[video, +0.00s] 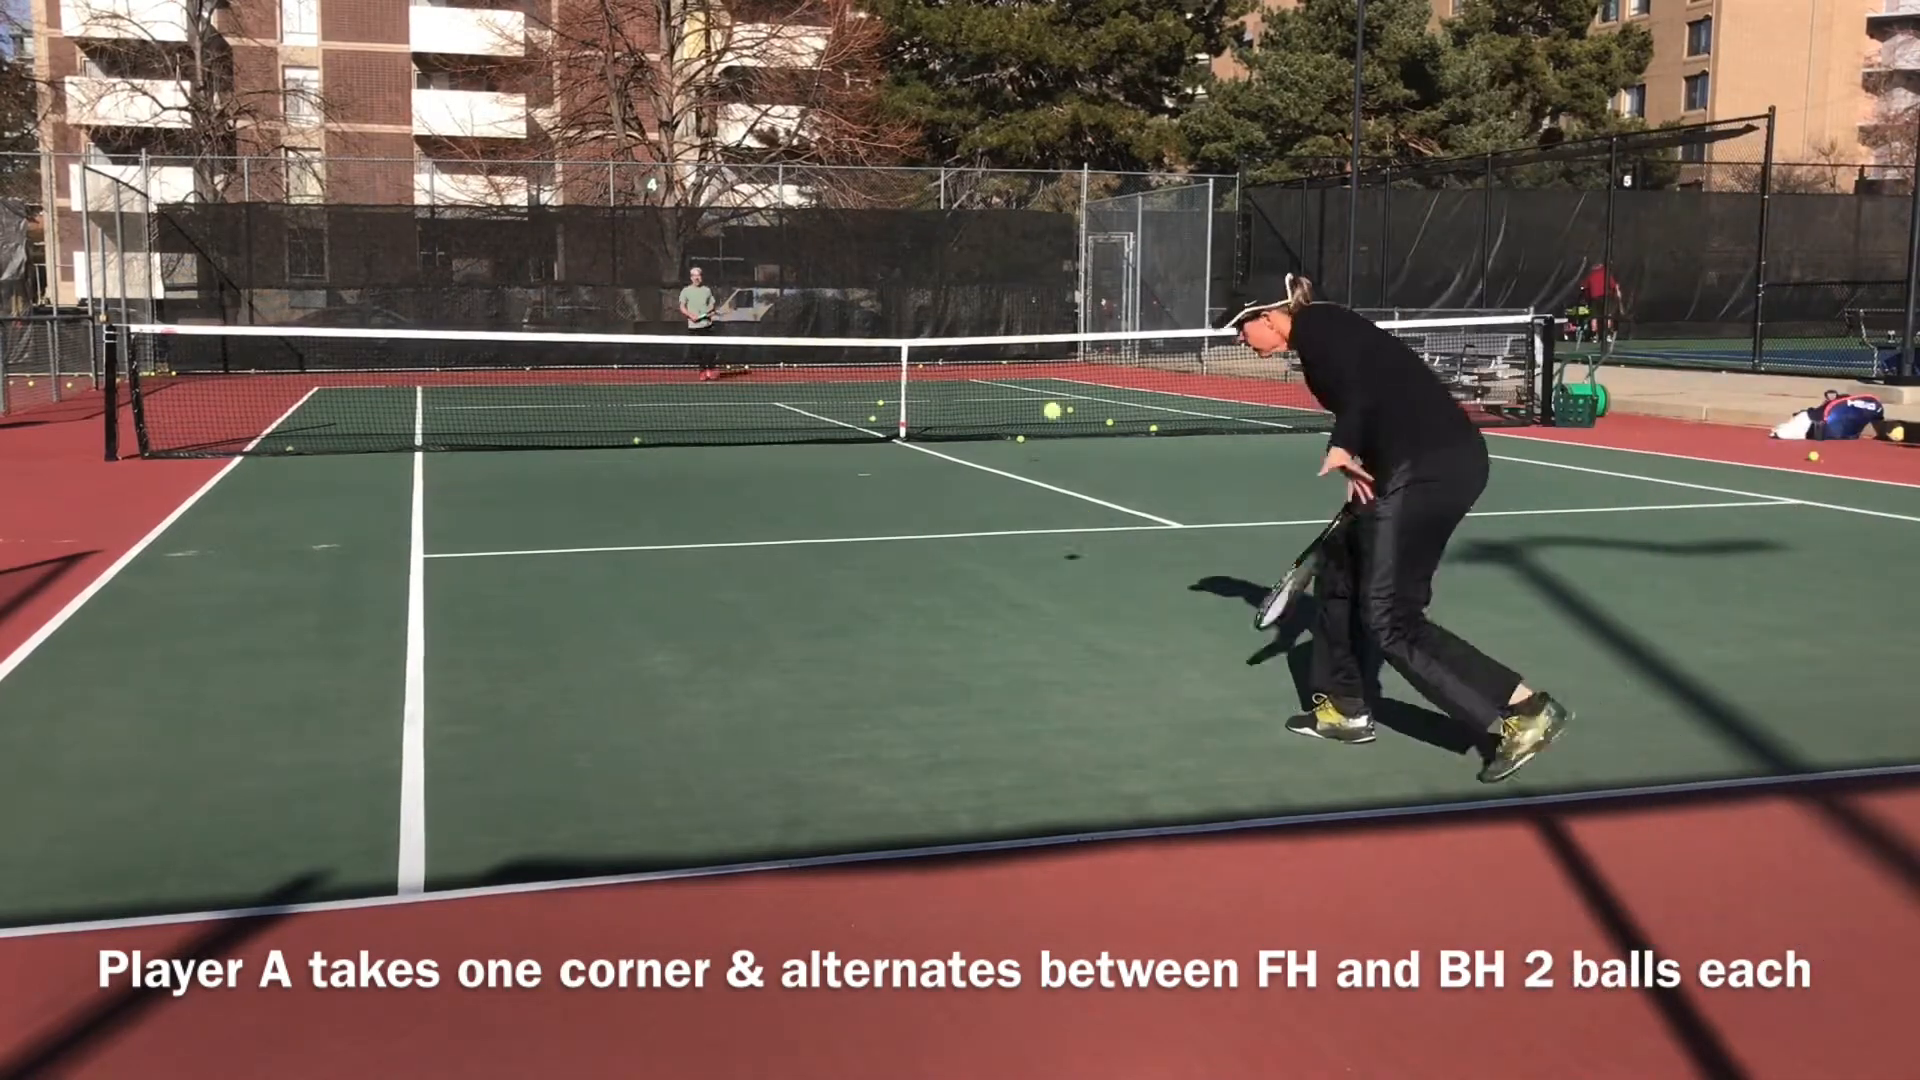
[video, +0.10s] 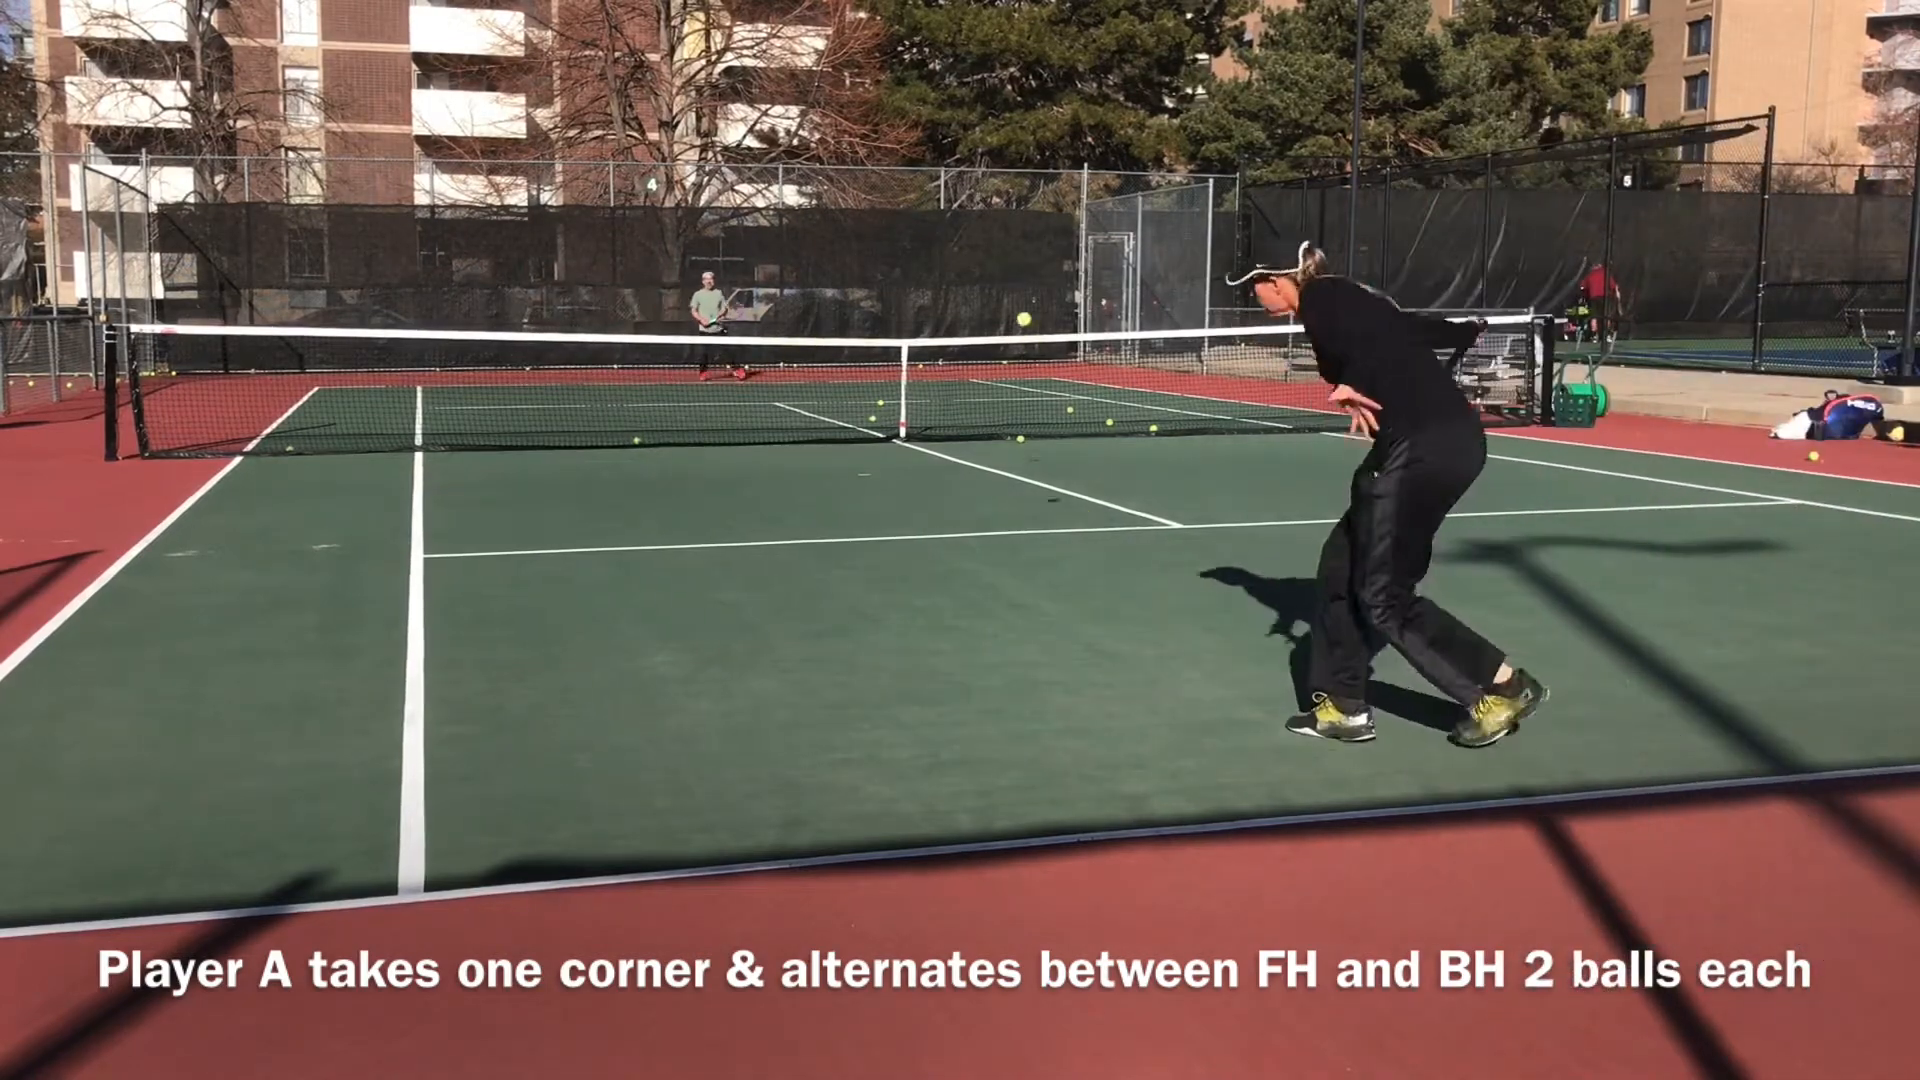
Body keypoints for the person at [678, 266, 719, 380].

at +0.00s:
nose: (696, 278)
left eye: (698, 275)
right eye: (694, 275)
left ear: (701, 277)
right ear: (690, 277)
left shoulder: (706, 290)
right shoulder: (685, 291)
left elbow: (712, 303)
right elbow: (682, 307)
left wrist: (708, 311)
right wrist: (691, 316)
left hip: (706, 324)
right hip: (694, 325)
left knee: (709, 347)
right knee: (697, 348)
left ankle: (710, 369)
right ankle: (702, 369)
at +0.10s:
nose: (709, 281)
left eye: (711, 279)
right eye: (707, 279)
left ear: (714, 280)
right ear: (703, 281)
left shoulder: (718, 293)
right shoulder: (697, 295)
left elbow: (725, 306)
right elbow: (693, 311)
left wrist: (720, 315)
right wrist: (702, 320)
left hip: (718, 328)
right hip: (705, 329)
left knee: (726, 349)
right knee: (704, 351)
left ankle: (735, 368)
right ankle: (703, 371)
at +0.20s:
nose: (722, 282)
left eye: (724, 280)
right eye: (719, 280)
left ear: (727, 281)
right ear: (716, 282)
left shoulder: (732, 294)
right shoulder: (711, 295)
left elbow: (736, 309)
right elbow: (706, 311)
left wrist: (731, 316)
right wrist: (714, 322)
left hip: (731, 329)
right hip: (716, 329)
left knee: (743, 349)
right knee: (709, 350)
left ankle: (752, 369)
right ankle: (704, 371)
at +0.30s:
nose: (736, 281)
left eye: (737, 279)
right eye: (733, 279)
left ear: (740, 280)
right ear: (729, 281)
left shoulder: (745, 293)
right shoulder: (725, 294)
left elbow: (750, 307)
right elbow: (720, 308)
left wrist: (745, 315)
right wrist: (726, 320)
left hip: (744, 326)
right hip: (730, 327)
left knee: (754, 348)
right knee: (723, 348)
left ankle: (756, 370)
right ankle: (713, 370)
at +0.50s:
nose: (761, 282)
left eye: (763, 280)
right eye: (759, 280)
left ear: (766, 281)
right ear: (755, 281)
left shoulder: (768, 294)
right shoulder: (749, 295)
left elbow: (772, 307)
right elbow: (744, 311)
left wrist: (769, 318)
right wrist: (756, 322)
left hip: (767, 326)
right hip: (753, 327)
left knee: (777, 347)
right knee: (751, 349)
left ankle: (778, 369)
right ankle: (746, 370)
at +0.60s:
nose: (774, 283)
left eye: (776, 281)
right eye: (772, 281)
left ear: (779, 283)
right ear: (768, 283)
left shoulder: (780, 296)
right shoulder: (763, 295)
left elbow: (783, 310)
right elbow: (757, 312)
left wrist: (780, 319)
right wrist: (769, 322)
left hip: (778, 327)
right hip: (765, 327)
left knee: (783, 349)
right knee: (761, 349)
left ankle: (783, 370)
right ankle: (752, 369)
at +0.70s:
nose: (786, 284)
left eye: (788, 282)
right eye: (784, 282)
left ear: (790, 283)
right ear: (779, 283)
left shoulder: (790, 297)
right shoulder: (774, 295)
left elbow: (791, 311)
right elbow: (771, 313)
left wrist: (791, 318)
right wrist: (782, 323)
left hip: (786, 327)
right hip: (774, 327)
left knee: (787, 348)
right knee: (774, 348)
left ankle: (786, 367)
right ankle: (772, 367)